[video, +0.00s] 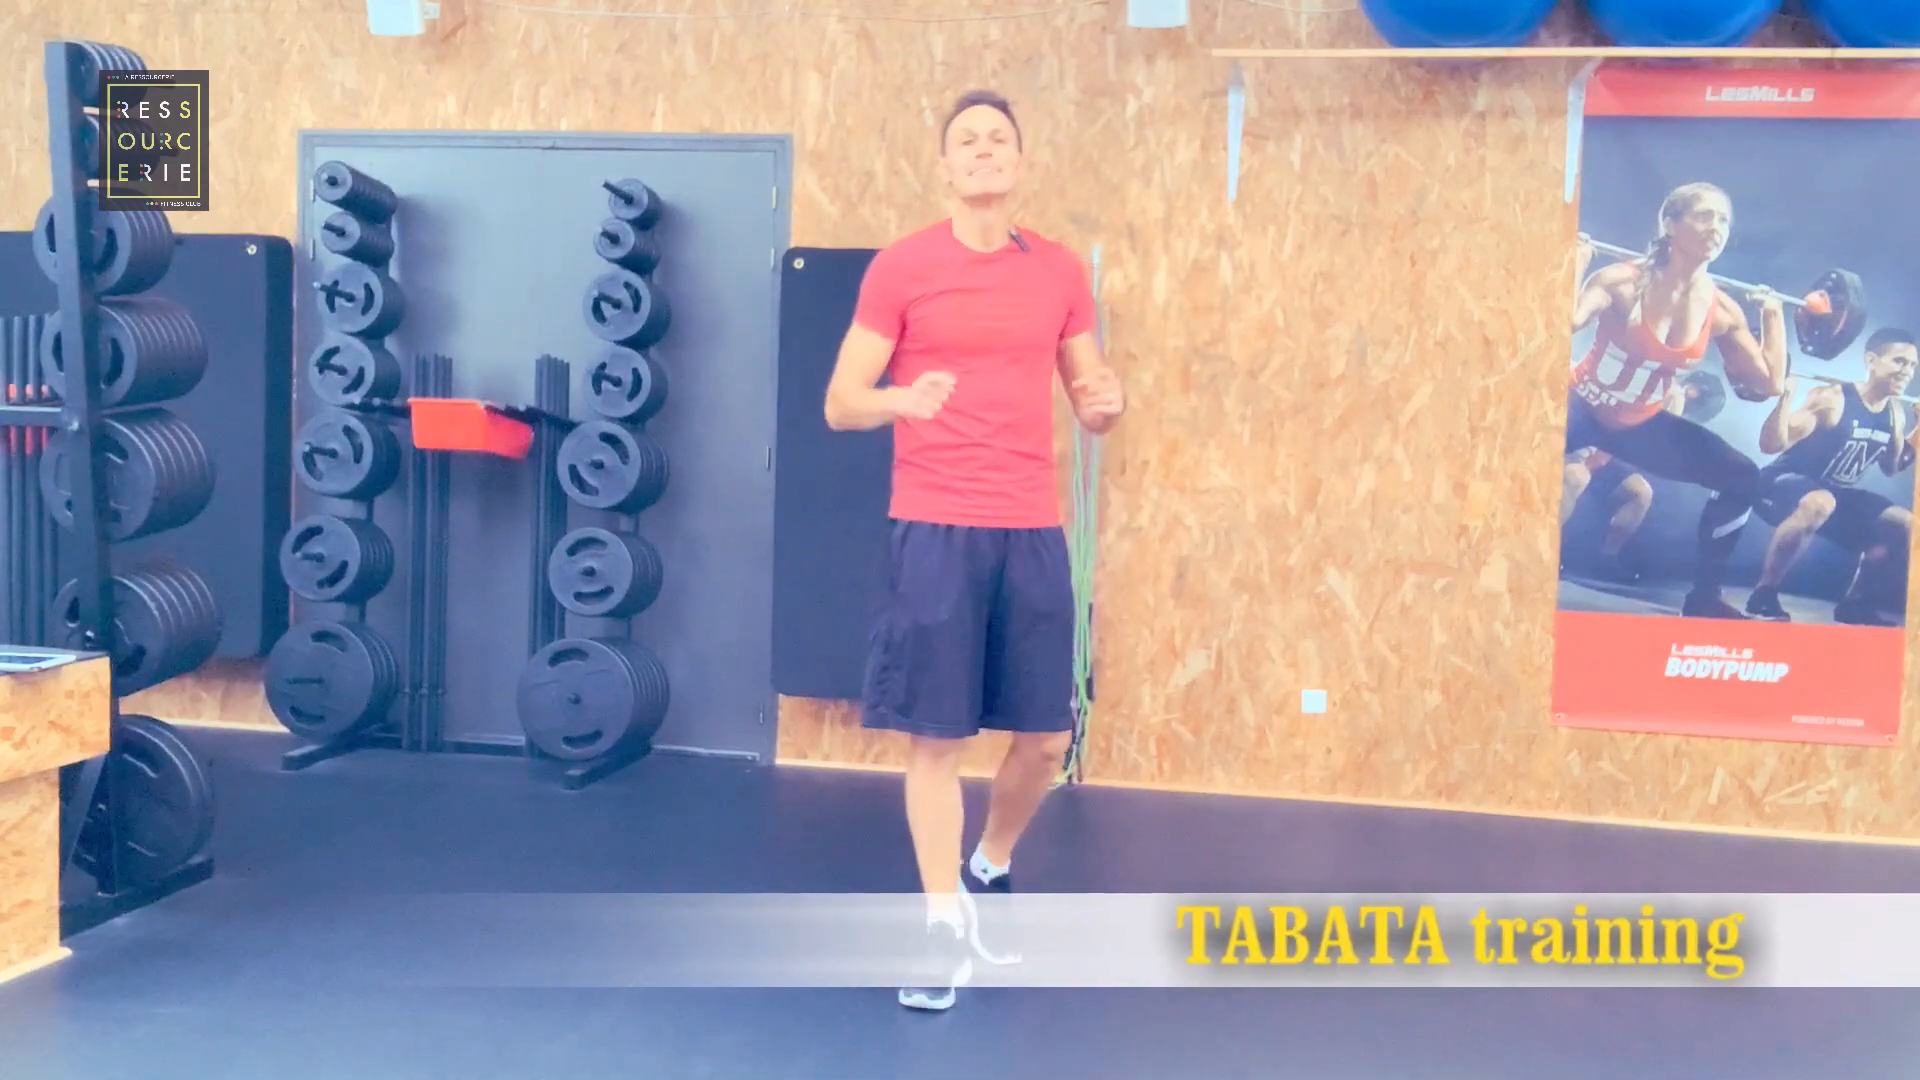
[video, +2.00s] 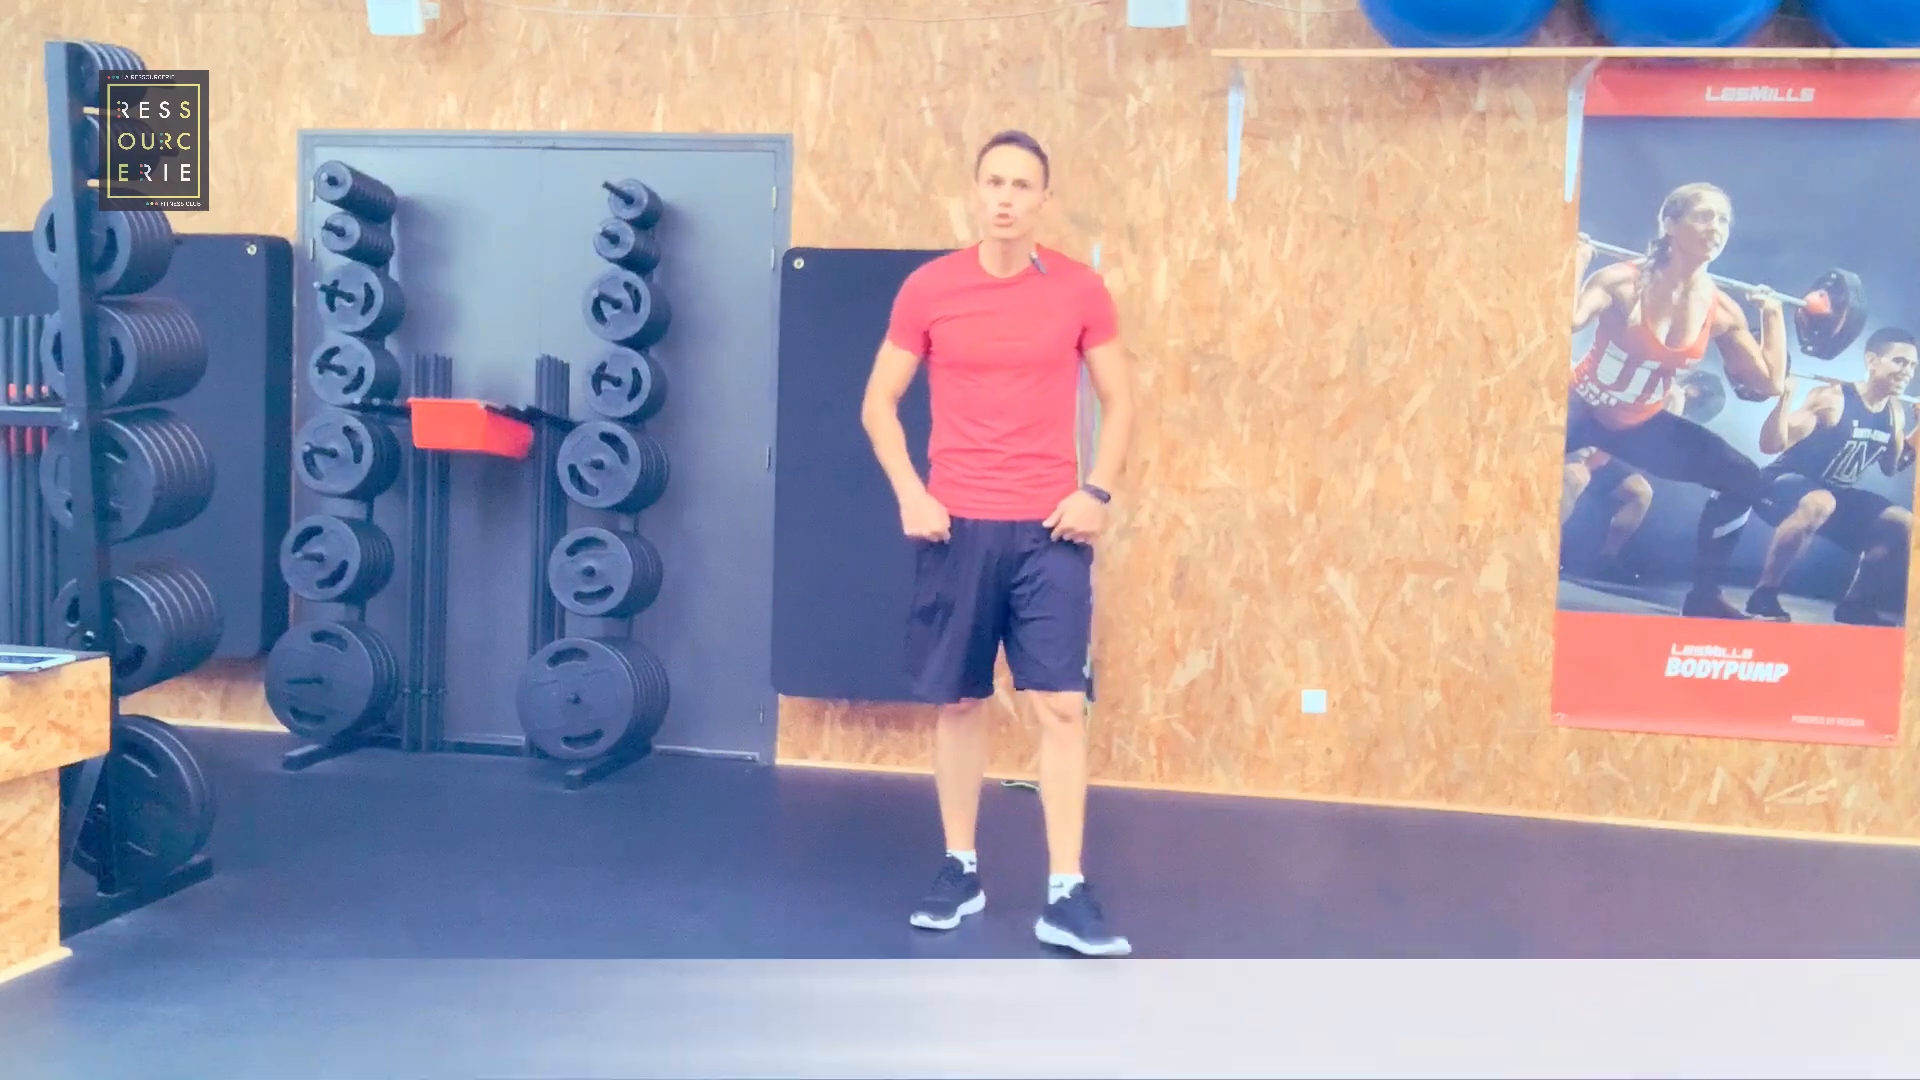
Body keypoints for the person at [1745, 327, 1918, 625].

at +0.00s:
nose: (1906, 371)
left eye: (1911, 365)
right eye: (1899, 361)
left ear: (1914, 371)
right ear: (1871, 361)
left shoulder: (1894, 412)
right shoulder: (1831, 398)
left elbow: (1892, 467)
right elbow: (1769, 444)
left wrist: (1911, 443)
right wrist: (1786, 395)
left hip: (1839, 495)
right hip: (1785, 481)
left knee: (1906, 525)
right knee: (1821, 502)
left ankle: (1855, 604)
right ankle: (1764, 595)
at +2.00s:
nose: (1906, 371)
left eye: (1912, 365)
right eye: (1899, 361)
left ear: (1914, 371)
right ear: (1872, 361)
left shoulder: (1894, 411)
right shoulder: (1831, 397)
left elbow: (1891, 466)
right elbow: (1769, 444)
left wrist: (1913, 437)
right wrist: (1784, 398)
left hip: (1838, 495)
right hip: (1785, 481)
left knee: (1904, 524)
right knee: (1821, 502)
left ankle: (1854, 605)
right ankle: (1764, 595)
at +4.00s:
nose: (1906, 372)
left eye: (1911, 365)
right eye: (1899, 361)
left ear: (1913, 371)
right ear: (1872, 361)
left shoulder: (1894, 412)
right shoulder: (1830, 397)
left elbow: (1891, 467)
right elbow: (1769, 444)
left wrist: (1912, 440)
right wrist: (1784, 397)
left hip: (1839, 495)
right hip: (1786, 481)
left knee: (1905, 524)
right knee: (1821, 502)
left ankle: (1855, 604)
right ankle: (1763, 596)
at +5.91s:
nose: (1906, 372)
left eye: (1911, 365)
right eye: (1899, 361)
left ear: (1913, 371)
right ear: (1872, 361)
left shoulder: (1894, 411)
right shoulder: (1831, 397)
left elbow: (1891, 466)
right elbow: (1769, 444)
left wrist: (1914, 437)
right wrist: (1785, 396)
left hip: (1839, 495)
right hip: (1785, 481)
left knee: (1904, 524)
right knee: (1821, 502)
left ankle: (1854, 604)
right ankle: (1764, 595)